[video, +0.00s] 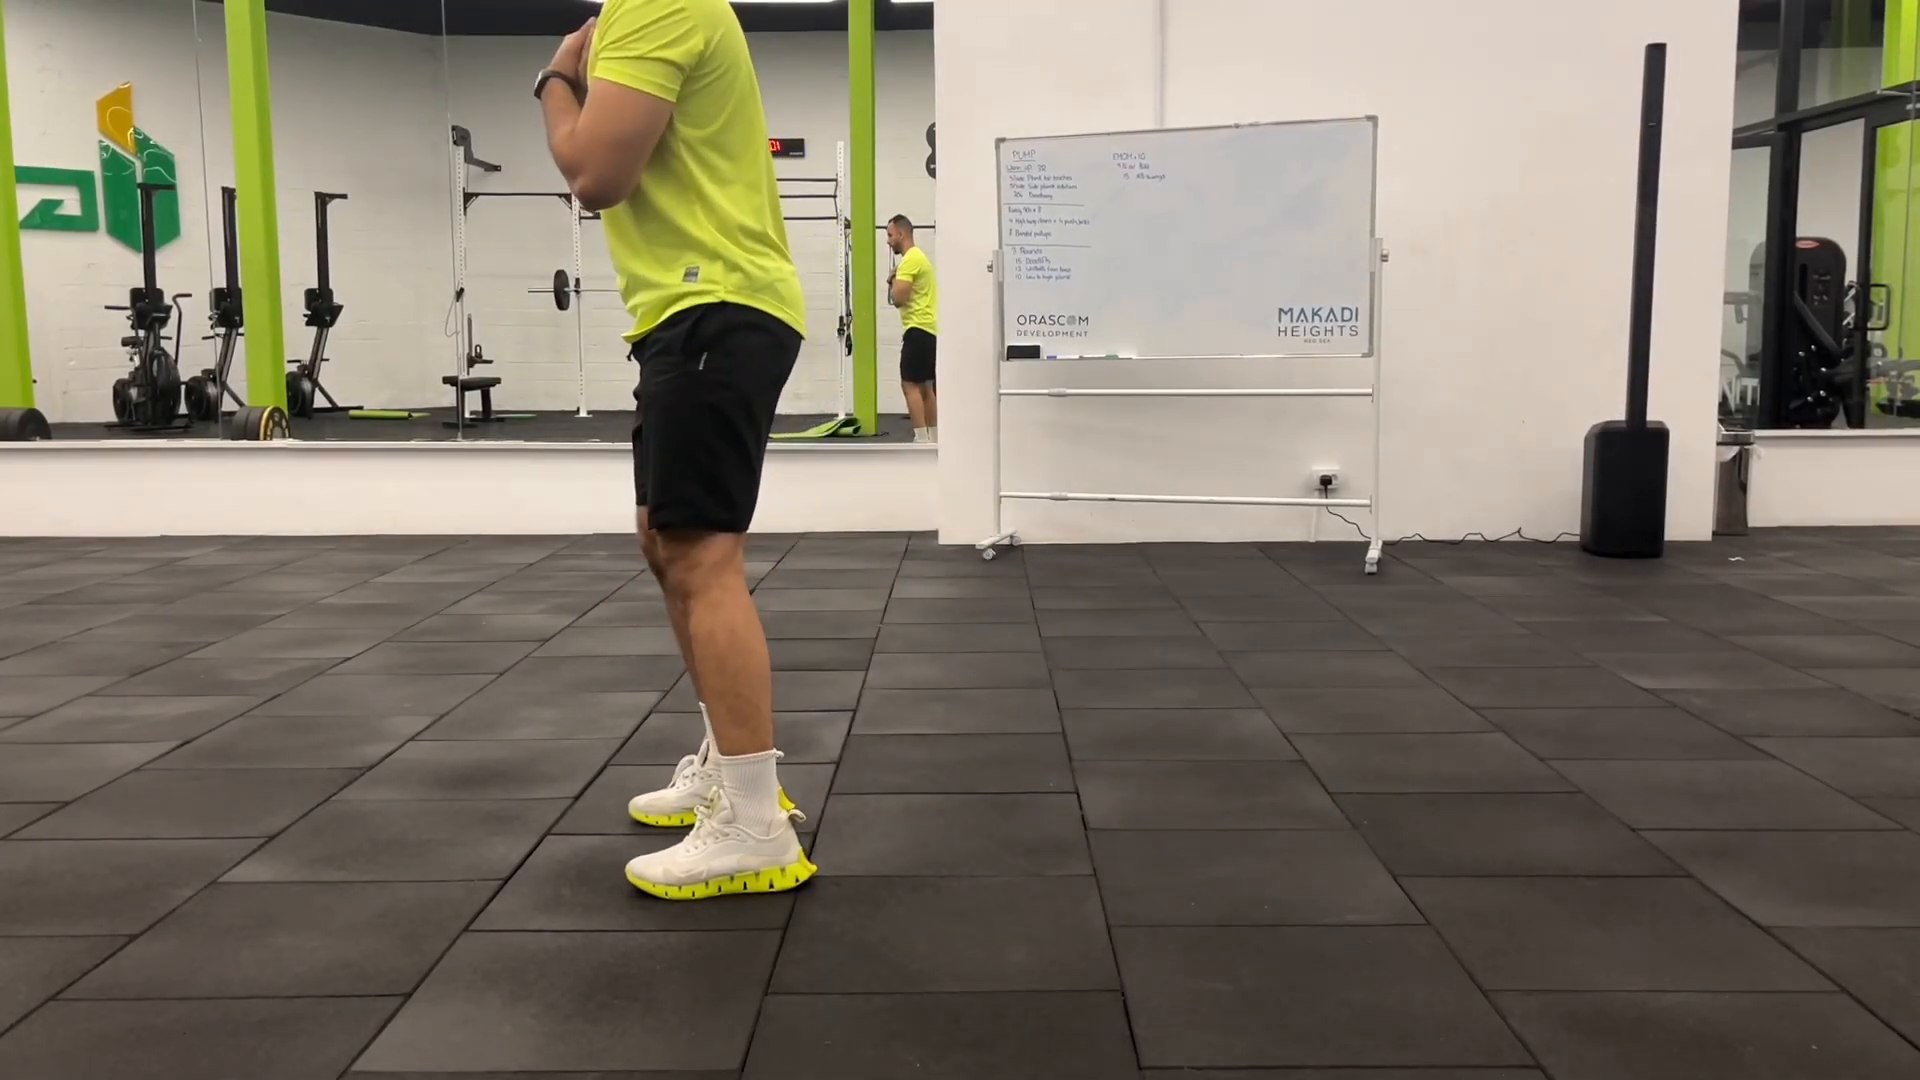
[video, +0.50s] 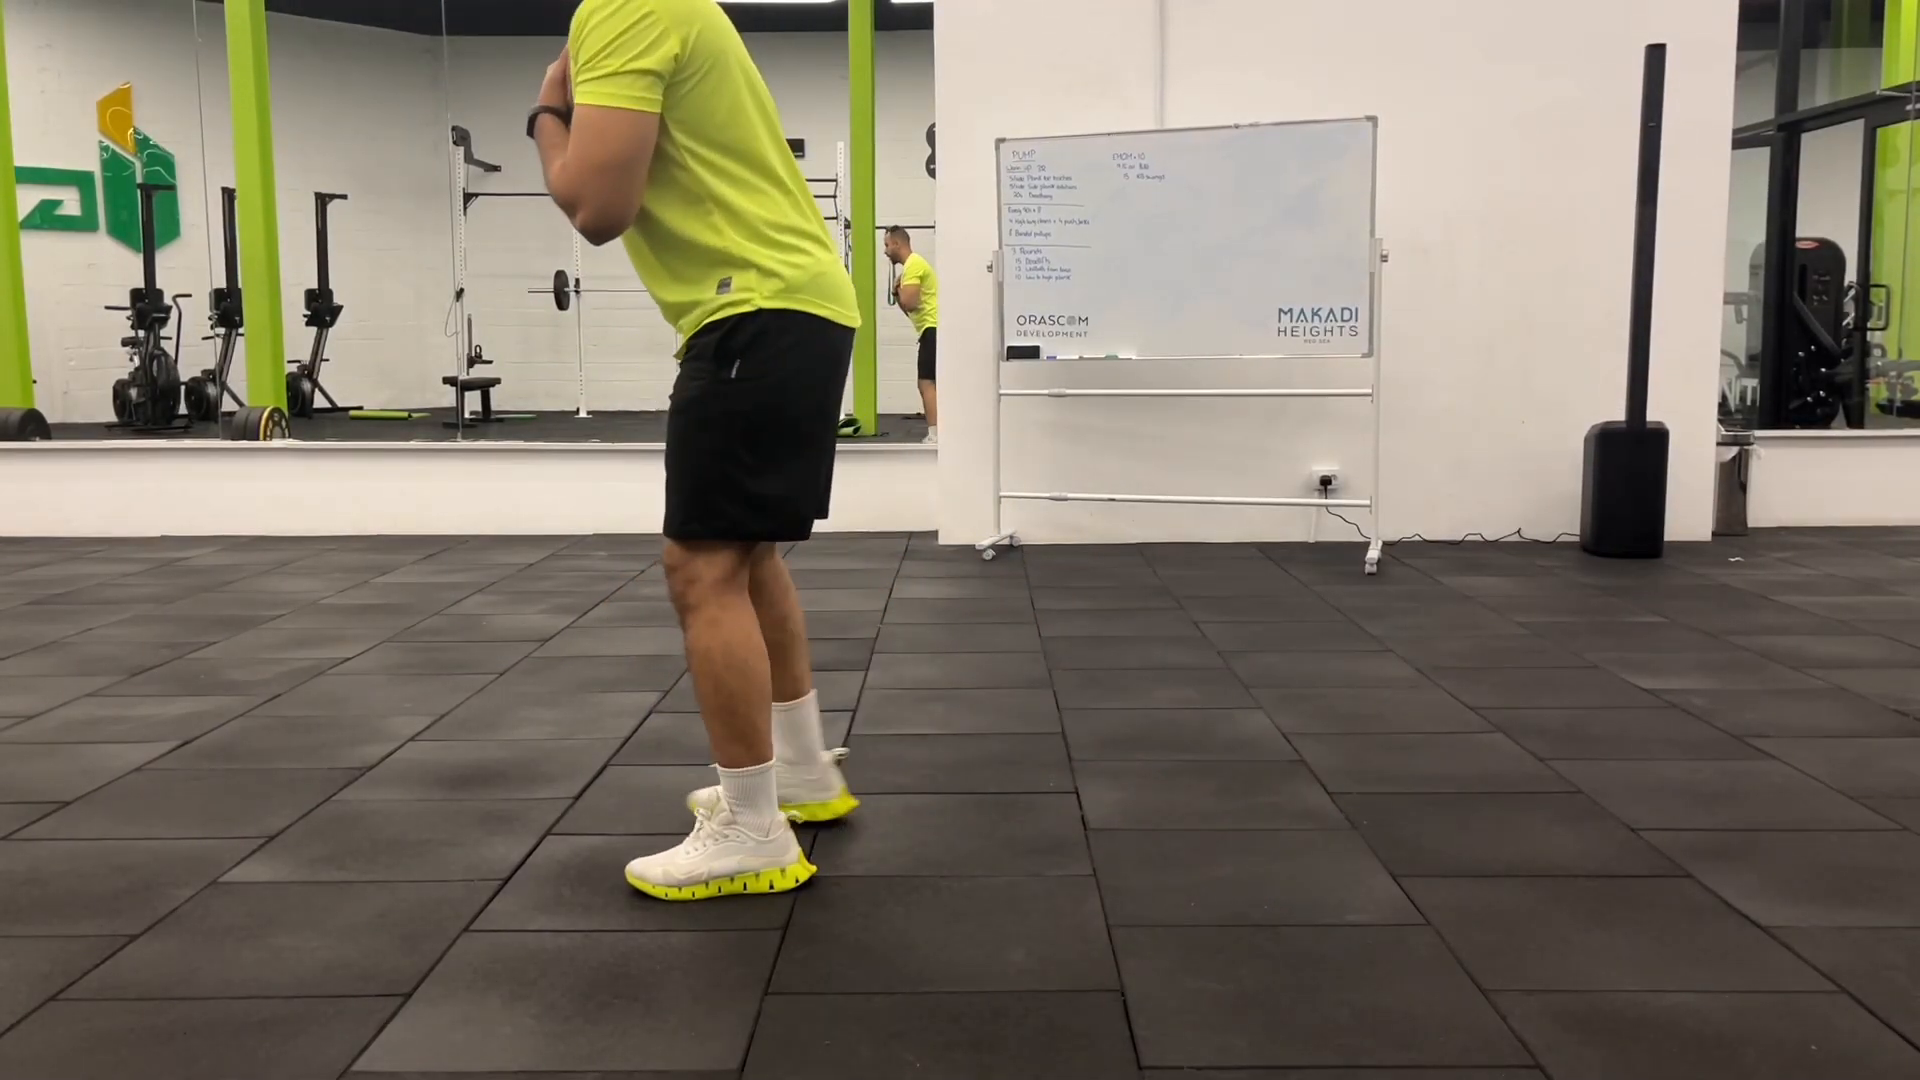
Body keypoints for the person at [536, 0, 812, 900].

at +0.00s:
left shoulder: (663, 9)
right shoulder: (633, 18)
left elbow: (595, 174)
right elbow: (604, 167)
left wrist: (557, 85)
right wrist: (576, 89)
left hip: (720, 305)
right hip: (685, 308)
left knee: (702, 555)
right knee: (667, 540)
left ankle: (757, 824)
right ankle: (730, 758)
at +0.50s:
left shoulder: (627, 10)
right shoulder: (665, 12)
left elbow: (596, 207)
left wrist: (547, 117)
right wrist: (582, 112)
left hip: (748, 308)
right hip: (794, 302)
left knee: (703, 574)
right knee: (750, 551)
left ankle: (749, 827)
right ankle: (804, 767)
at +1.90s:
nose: (629, 213)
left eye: (638, 187)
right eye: (627, 189)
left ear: (699, 181)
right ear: (703, 180)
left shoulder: (779, 290)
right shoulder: (809, 269)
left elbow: (746, 498)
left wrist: (698, 400)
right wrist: (728, 403)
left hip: (902, 557)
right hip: (968, 564)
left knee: (643, 615)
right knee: (948, 829)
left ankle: (745, 834)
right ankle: (1215, 823)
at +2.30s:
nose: (638, 200)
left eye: (647, 174)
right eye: (638, 177)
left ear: (709, 170)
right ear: (714, 170)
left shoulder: (786, 277)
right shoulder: (826, 260)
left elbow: (748, 487)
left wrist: (707, 387)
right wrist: (735, 398)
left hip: (906, 549)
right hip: (977, 559)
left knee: (650, 611)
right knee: (953, 821)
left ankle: (744, 832)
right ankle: (1223, 822)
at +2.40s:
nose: (629, 190)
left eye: (637, 163)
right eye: (627, 166)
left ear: (699, 157)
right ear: (705, 157)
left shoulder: (777, 262)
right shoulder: (811, 245)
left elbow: (745, 470)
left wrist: (703, 380)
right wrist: (728, 390)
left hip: (907, 530)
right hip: (975, 542)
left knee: (652, 610)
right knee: (958, 808)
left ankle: (745, 833)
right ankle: (1228, 822)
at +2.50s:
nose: (612, 167)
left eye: (619, 141)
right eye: (609, 144)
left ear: (681, 134)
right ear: (687, 133)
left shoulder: (761, 237)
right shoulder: (794, 219)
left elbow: (737, 446)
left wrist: (691, 358)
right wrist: (715, 366)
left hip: (899, 505)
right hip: (972, 511)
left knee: (654, 608)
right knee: (966, 777)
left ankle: (745, 833)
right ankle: (1239, 823)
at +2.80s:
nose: (521, 54)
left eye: (526, 26)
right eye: (516, 32)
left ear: (587, 11)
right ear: (596, 15)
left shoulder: (674, 103)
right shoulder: (704, 90)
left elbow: (675, 308)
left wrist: (612, 236)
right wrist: (646, 241)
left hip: (839, 380)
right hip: (916, 372)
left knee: (679, 591)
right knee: (964, 623)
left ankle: (747, 829)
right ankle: (1186, 786)